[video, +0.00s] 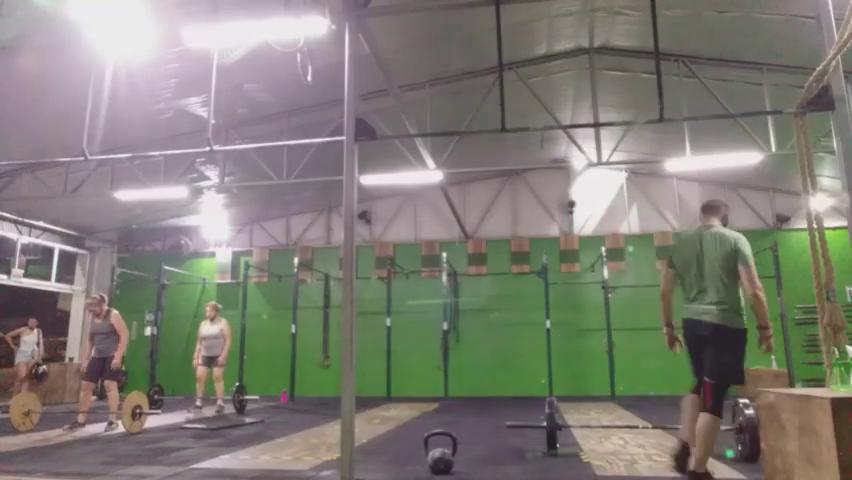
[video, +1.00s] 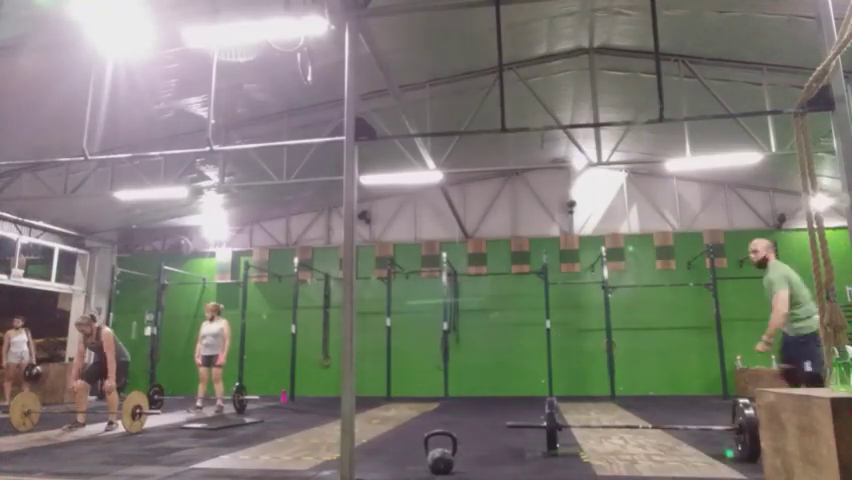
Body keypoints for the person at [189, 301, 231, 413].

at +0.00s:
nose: (208, 313)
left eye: (210, 311)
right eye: (206, 311)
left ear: (216, 312)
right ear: (205, 312)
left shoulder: (223, 323)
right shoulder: (203, 324)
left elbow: (227, 340)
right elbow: (199, 342)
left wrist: (223, 356)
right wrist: (196, 357)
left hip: (217, 354)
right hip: (204, 354)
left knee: (217, 377)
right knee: (200, 376)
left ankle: (220, 401)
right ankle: (199, 400)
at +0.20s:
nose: (202, 319)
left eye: (204, 316)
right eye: (201, 316)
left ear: (210, 316)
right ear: (200, 316)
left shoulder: (219, 325)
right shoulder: (199, 327)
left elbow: (224, 342)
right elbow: (196, 344)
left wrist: (223, 358)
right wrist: (195, 359)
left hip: (217, 355)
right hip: (204, 355)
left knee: (217, 377)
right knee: (202, 377)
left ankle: (220, 401)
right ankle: (199, 400)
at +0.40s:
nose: (205, 313)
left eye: (207, 311)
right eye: (204, 311)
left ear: (213, 312)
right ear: (204, 312)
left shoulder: (221, 323)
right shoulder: (202, 324)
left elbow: (225, 340)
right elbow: (197, 341)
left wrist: (221, 355)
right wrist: (195, 355)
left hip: (215, 353)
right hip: (202, 353)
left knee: (216, 378)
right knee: (201, 378)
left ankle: (219, 401)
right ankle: (199, 401)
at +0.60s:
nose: (207, 314)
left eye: (209, 311)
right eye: (206, 311)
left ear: (215, 312)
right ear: (205, 312)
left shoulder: (222, 323)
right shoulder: (203, 324)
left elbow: (226, 340)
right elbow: (198, 341)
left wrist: (223, 355)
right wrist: (195, 356)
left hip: (216, 353)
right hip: (203, 353)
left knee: (216, 378)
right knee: (202, 378)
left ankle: (219, 401)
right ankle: (199, 401)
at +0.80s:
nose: (207, 314)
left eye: (209, 312)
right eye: (206, 312)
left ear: (215, 312)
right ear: (206, 312)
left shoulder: (223, 323)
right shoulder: (204, 324)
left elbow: (227, 340)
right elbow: (199, 341)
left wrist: (224, 355)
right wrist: (197, 355)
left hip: (217, 353)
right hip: (204, 353)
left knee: (216, 378)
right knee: (202, 378)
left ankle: (219, 402)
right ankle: (199, 401)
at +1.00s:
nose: (207, 313)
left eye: (209, 311)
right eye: (206, 311)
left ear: (215, 312)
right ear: (206, 312)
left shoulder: (223, 323)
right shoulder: (204, 324)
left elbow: (227, 340)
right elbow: (200, 341)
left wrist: (223, 355)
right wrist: (197, 355)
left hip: (217, 353)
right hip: (204, 353)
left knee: (216, 378)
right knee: (202, 378)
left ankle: (219, 402)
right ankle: (199, 402)